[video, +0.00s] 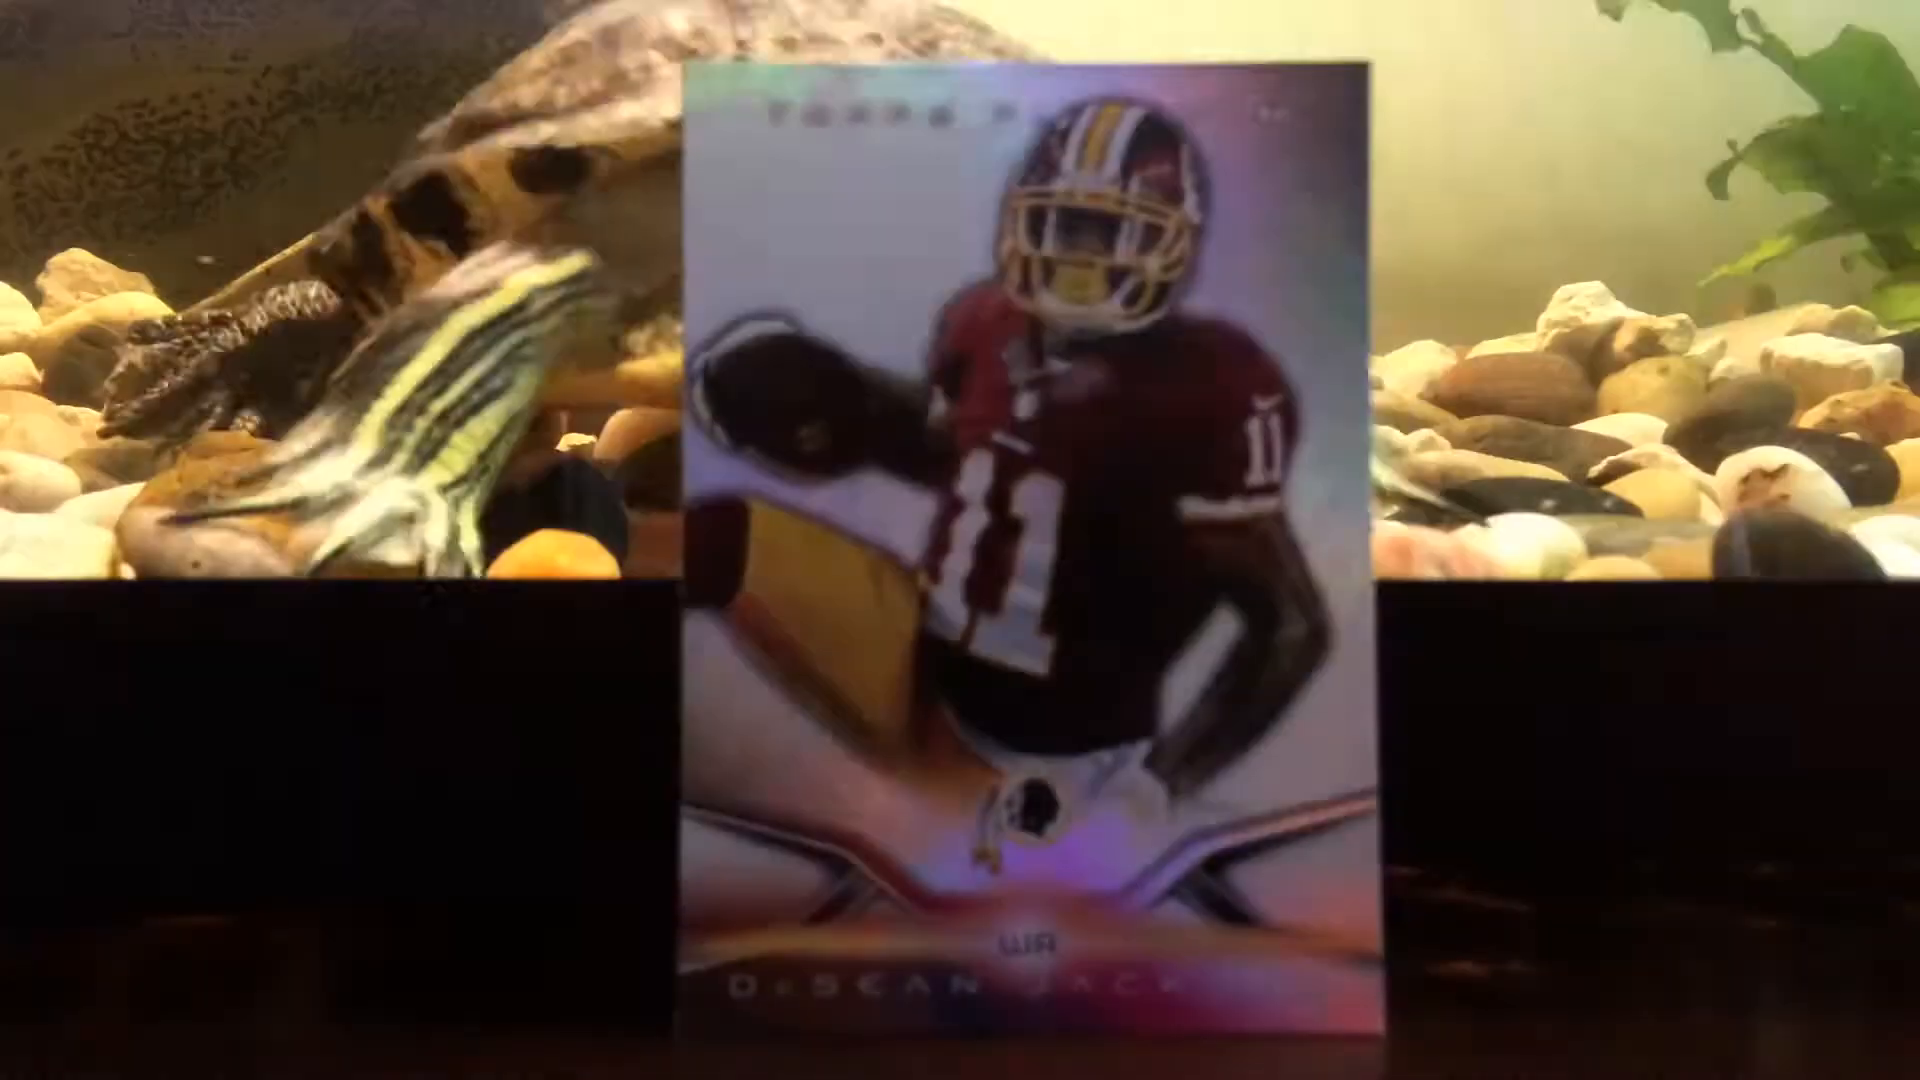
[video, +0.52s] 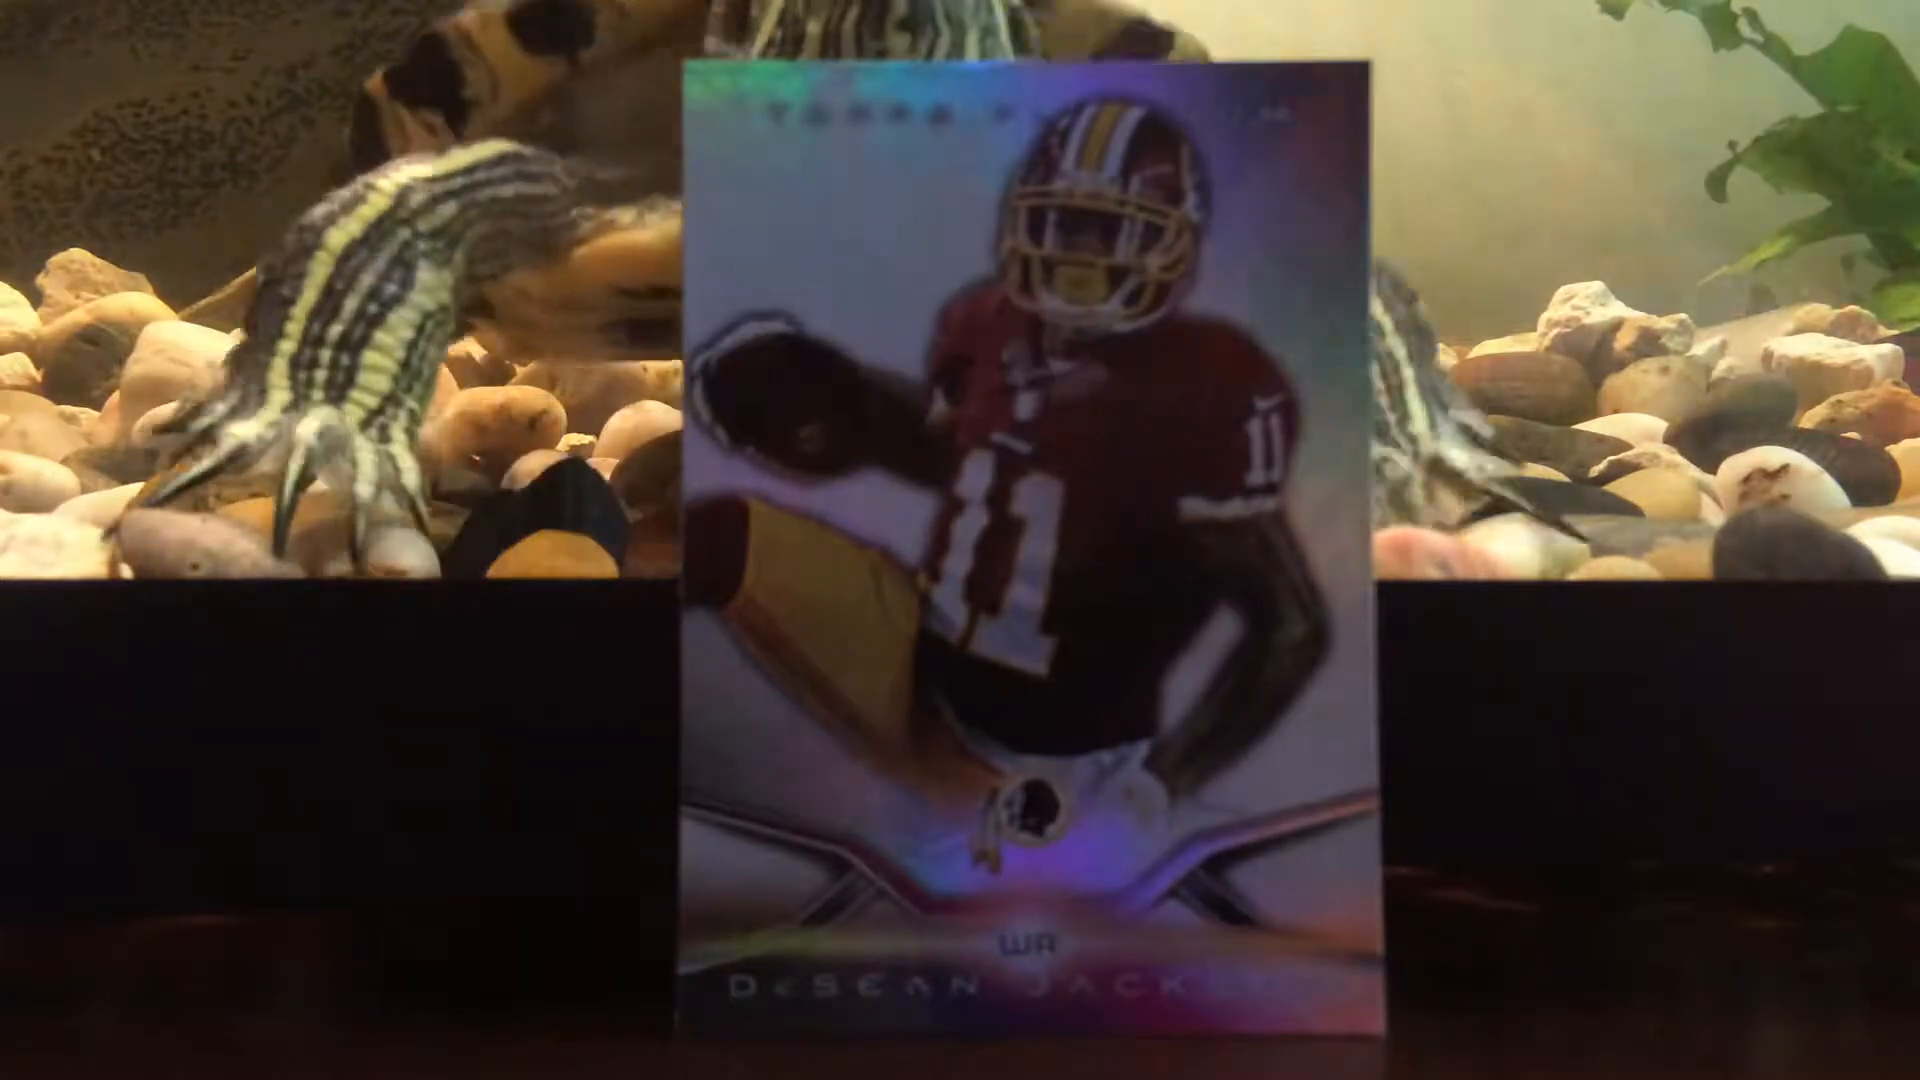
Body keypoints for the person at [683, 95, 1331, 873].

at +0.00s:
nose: (1080, 259)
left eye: (1115, 233)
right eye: (1060, 226)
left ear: (1175, 245)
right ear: (1021, 227)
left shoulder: (1215, 387)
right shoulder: (980, 328)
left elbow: (1291, 629)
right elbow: (952, 456)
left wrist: (1159, 786)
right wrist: (852, 415)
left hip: (1088, 762)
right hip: (935, 709)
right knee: (720, 539)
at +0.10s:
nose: (1083, 257)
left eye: (1116, 233)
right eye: (1064, 226)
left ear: (1174, 248)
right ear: (1023, 228)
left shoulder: (1212, 390)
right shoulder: (980, 326)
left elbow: (1293, 628)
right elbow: (960, 461)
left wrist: (1157, 787)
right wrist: (857, 416)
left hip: (1081, 757)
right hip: (929, 681)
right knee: (718, 539)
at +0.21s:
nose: (1080, 258)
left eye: (1115, 233)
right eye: (1061, 225)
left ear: (1174, 248)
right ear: (1021, 227)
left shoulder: (1211, 392)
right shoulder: (980, 327)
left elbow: (1294, 629)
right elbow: (947, 456)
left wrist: (1158, 787)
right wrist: (844, 413)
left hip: (1078, 766)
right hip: (935, 700)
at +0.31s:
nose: (1080, 259)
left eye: (1116, 233)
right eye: (1060, 225)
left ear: (1176, 248)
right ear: (1020, 228)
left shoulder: (1213, 388)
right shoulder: (979, 328)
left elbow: (1292, 629)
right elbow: (950, 459)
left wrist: (1155, 788)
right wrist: (849, 412)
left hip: (1083, 762)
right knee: (724, 538)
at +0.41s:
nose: (1081, 260)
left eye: (1117, 234)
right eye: (1061, 226)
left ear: (1177, 248)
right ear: (1020, 228)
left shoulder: (1211, 388)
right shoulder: (977, 329)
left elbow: (1293, 629)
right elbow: (955, 461)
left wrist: (1156, 787)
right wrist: (854, 417)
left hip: (1084, 765)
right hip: (932, 709)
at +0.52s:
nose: (1081, 260)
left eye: (1116, 234)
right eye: (1061, 226)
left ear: (1176, 249)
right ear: (1020, 228)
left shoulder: (1212, 389)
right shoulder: (978, 328)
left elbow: (1292, 629)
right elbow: (956, 461)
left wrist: (1156, 787)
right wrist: (853, 416)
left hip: (1083, 763)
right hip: (933, 710)